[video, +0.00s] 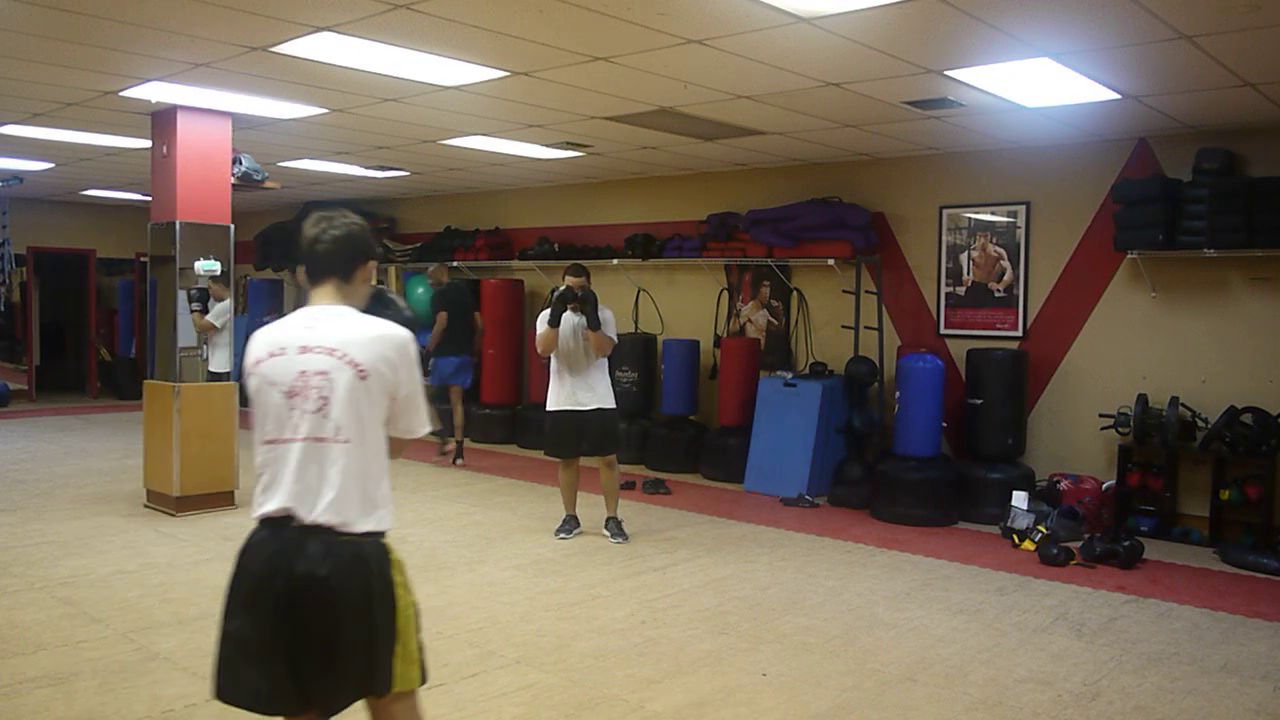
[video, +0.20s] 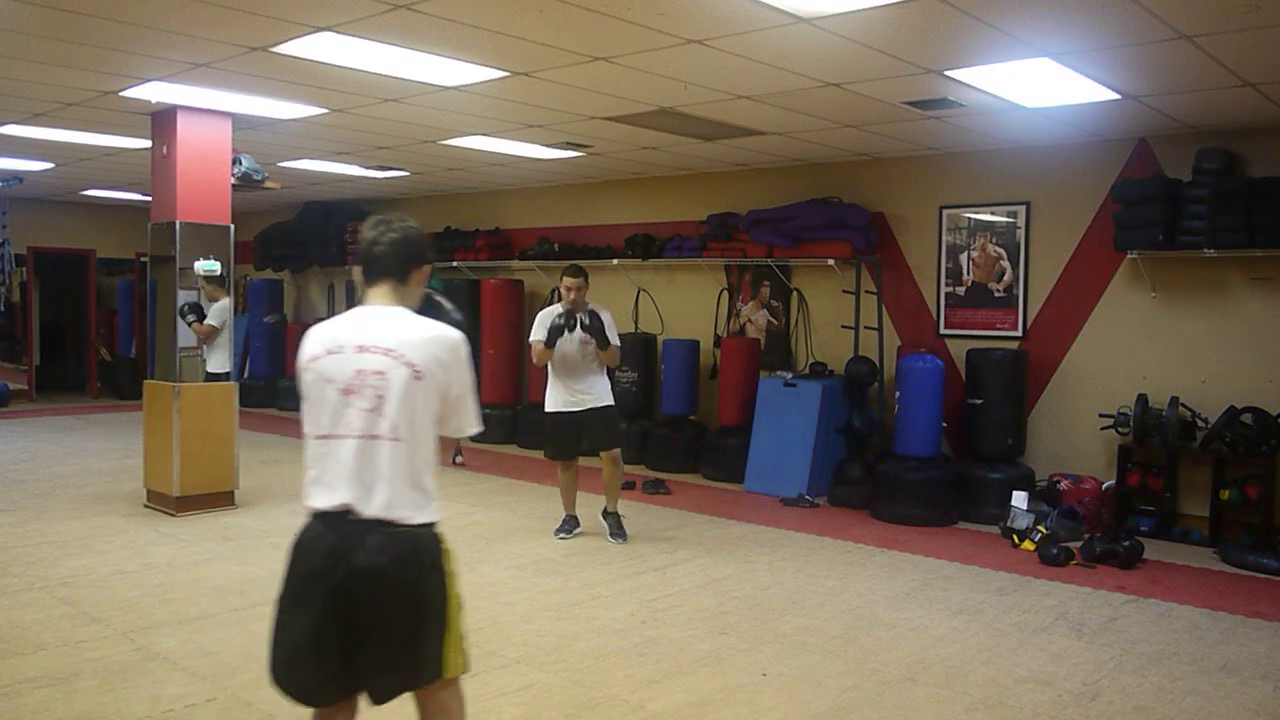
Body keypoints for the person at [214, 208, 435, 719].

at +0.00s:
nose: (374, 277)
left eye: (372, 267)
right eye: (373, 267)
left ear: (302, 272)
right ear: (366, 268)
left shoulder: (260, 343)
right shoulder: (392, 342)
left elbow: (266, 432)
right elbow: (399, 441)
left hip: (271, 554)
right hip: (356, 560)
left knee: (299, 707)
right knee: (394, 702)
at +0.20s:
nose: (427, 281)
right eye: (426, 272)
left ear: (358, 273)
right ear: (421, 273)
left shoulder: (315, 340)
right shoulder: (444, 342)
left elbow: (319, 432)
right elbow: (445, 448)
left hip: (323, 548)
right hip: (407, 551)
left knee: (332, 701)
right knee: (438, 690)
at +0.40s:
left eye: (411, 265)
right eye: (475, 270)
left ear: (411, 274)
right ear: (474, 276)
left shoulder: (374, 339)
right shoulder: (502, 342)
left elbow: (362, 437)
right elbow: (516, 449)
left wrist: (419, 442)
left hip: (391, 545)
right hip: (472, 548)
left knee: (384, 688)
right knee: (474, 698)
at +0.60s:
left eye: (449, 274)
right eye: (514, 275)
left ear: (449, 281)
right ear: (512, 280)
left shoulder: (416, 342)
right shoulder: (540, 343)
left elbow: (412, 443)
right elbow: (567, 444)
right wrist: (516, 419)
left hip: (430, 536)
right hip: (508, 541)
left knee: (430, 662)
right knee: (490, 682)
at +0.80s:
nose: (535, 289)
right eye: (534, 282)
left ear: (471, 292)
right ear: (530, 288)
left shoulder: (444, 353)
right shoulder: (559, 351)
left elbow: (435, 451)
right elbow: (587, 452)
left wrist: (483, 453)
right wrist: (534, 436)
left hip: (460, 536)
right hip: (532, 539)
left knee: (468, 675)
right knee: (503, 680)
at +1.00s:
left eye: (482, 291)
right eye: (542, 286)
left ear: (482, 295)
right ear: (537, 289)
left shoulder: (461, 349)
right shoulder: (571, 345)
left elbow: (453, 435)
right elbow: (607, 432)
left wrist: (506, 426)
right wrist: (553, 418)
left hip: (481, 518)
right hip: (549, 519)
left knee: (495, 645)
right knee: (550, 646)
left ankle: (491, 719)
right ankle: (536, 715)